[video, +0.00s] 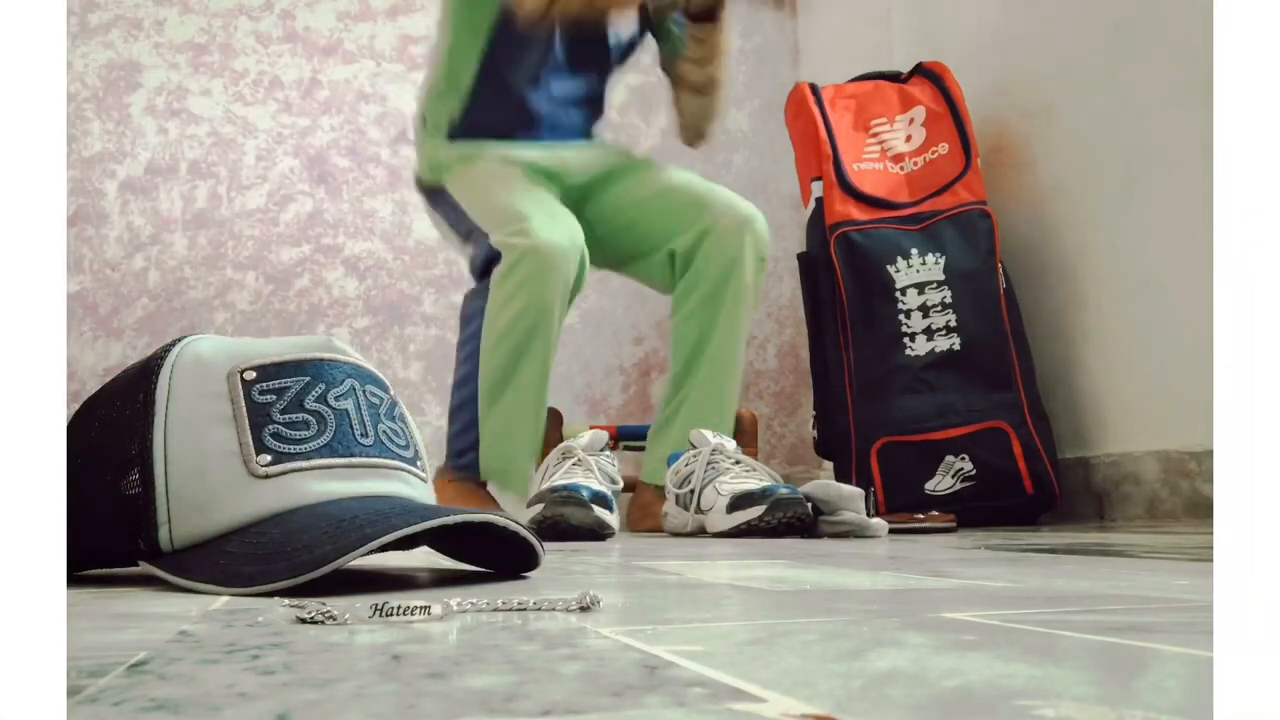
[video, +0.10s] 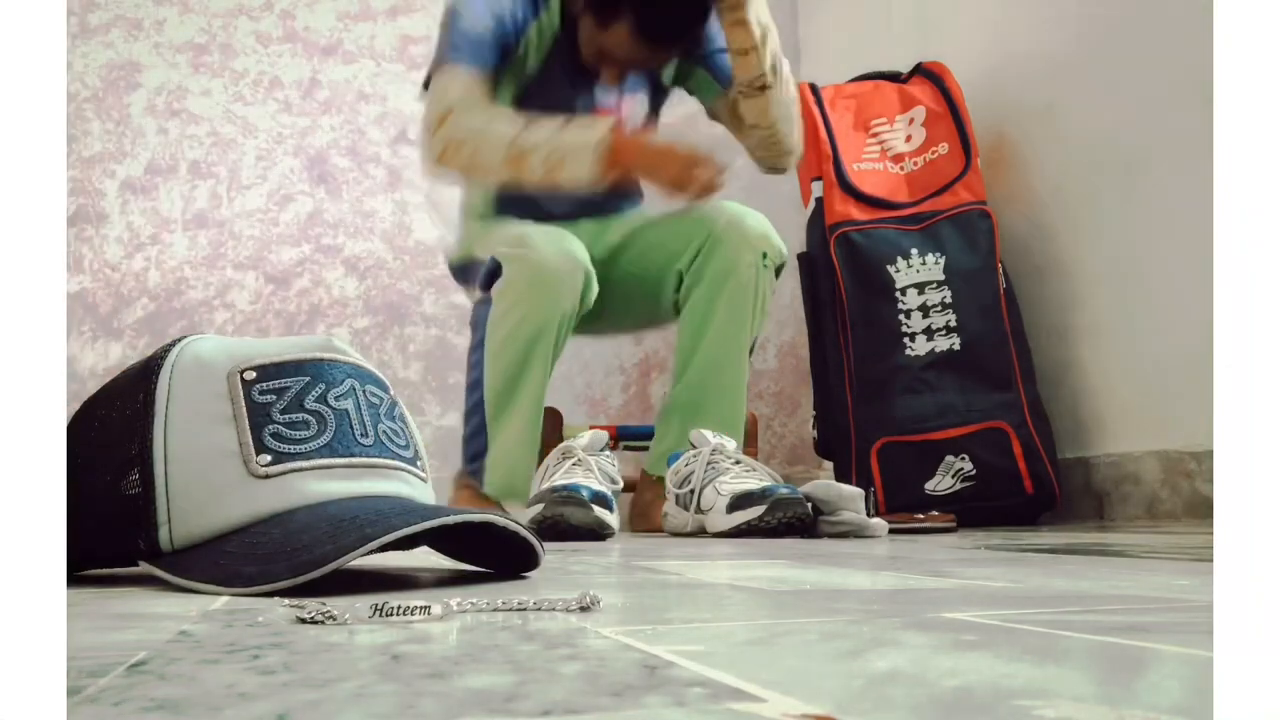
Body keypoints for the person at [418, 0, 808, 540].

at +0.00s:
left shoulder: (655, 2)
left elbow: (695, 123)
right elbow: (533, 10)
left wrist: (706, 21)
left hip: (580, 157)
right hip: (473, 151)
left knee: (732, 229)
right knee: (549, 246)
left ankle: (677, 479)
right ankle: (503, 494)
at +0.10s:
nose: (617, 72)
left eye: (639, 64)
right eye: (608, 55)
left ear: (680, 36)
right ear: (582, 9)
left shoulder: (681, 30)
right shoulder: (496, 11)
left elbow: (777, 151)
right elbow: (452, 134)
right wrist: (617, 151)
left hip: (614, 242)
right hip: (505, 234)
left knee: (744, 236)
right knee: (550, 261)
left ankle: (676, 483)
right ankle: (483, 492)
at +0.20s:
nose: (598, 153)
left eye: (618, 138)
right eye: (580, 139)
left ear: (642, 99)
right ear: (551, 102)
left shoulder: (673, 117)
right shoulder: (501, 127)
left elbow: (788, 166)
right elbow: (415, 254)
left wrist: (654, 49)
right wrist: (498, 239)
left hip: (666, 344)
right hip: (564, 345)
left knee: (753, 240)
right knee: (519, 255)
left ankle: (670, 482)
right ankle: (505, 491)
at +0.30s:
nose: (615, 164)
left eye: (626, 146)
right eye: (596, 154)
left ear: (644, 114)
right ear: (562, 137)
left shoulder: (677, 157)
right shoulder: (531, 179)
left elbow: (772, 174)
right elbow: (436, 299)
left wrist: (637, 75)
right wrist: (500, 187)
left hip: (673, 369)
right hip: (576, 375)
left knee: (767, 242)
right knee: (559, 246)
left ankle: (674, 478)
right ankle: (506, 486)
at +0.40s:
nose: (614, 156)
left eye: (627, 131)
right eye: (591, 140)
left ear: (654, 106)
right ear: (562, 130)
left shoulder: (690, 170)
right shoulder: (557, 185)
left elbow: (762, 140)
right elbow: (497, 264)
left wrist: (647, 39)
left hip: (682, 370)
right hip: (587, 372)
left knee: (767, 237)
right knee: (568, 226)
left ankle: (695, 464)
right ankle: (563, 462)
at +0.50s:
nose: (612, 149)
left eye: (620, 123)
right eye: (588, 137)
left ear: (646, 109)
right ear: (565, 138)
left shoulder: (695, 185)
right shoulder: (562, 196)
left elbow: (771, 170)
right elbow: (499, 202)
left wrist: (671, 62)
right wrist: (540, 74)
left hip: (682, 373)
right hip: (585, 373)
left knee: (763, 233)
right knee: (535, 213)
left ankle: (697, 458)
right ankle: (568, 456)